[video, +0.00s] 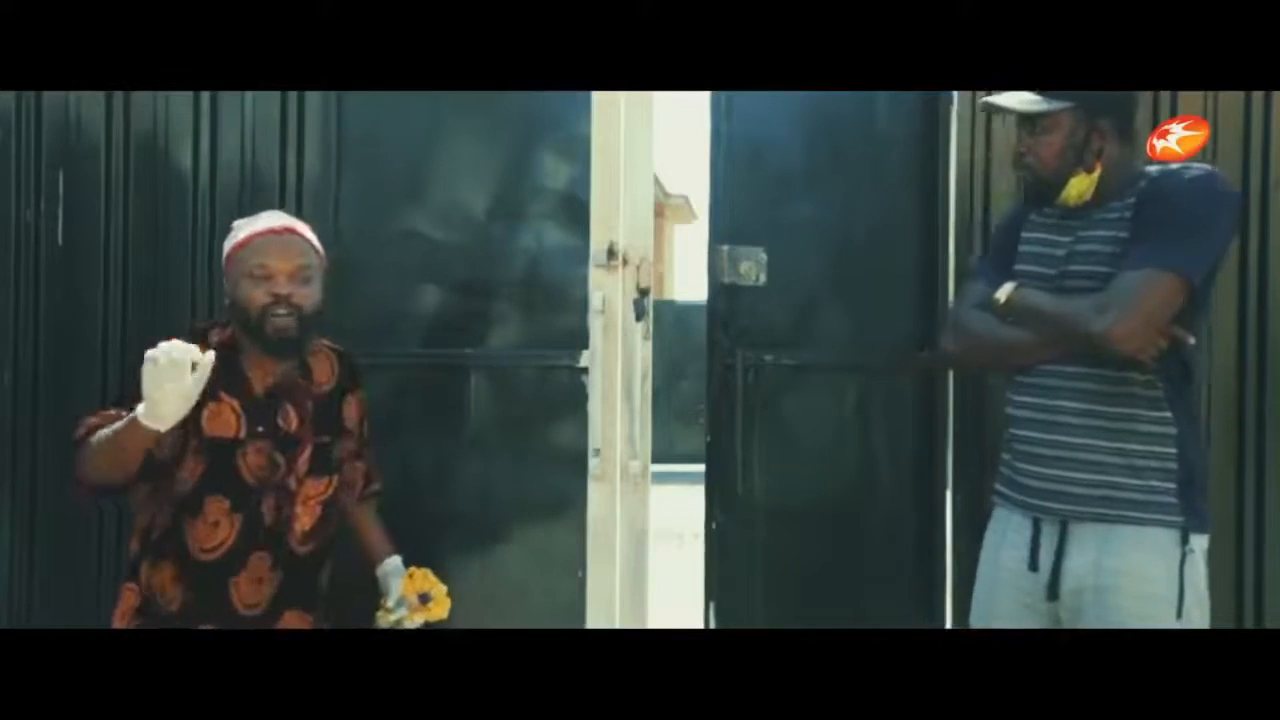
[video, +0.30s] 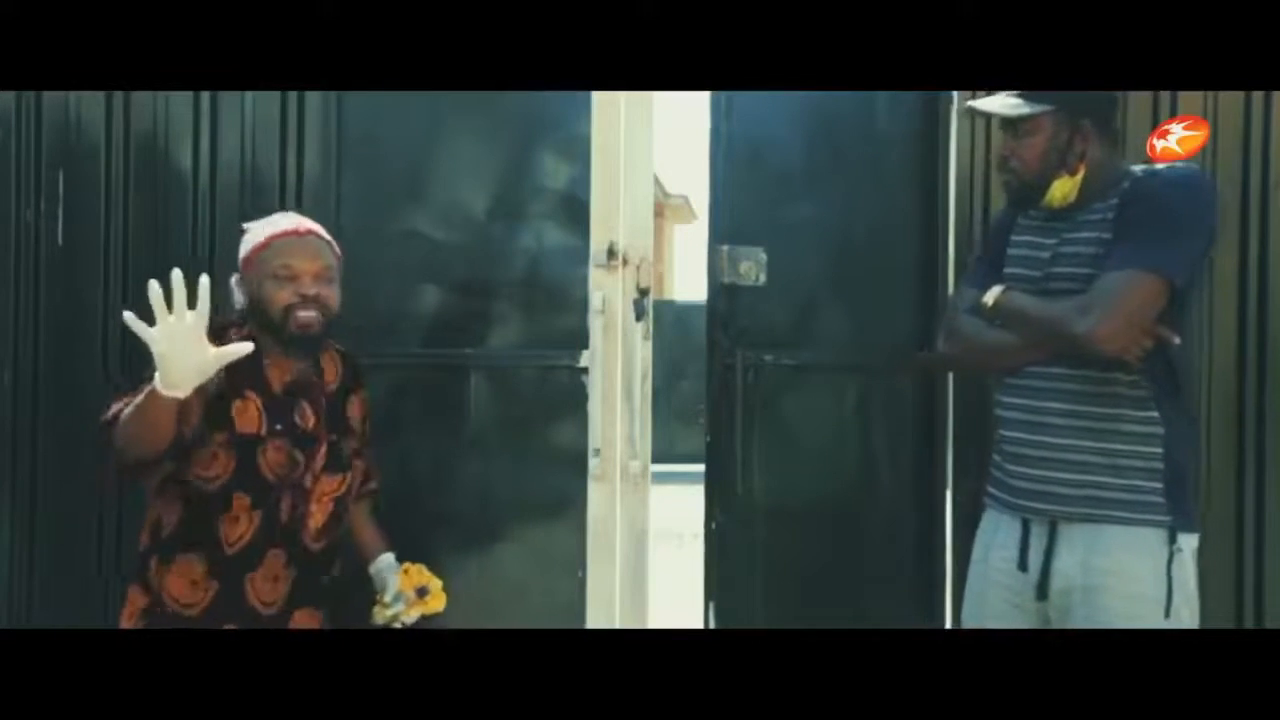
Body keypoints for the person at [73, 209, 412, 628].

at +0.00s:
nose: (282, 294)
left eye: (301, 278)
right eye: (260, 278)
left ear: (321, 290)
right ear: (229, 288)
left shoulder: (334, 375)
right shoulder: (184, 368)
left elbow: (354, 489)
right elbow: (94, 470)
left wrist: (392, 572)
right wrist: (152, 418)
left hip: (288, 614)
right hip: (175, 612)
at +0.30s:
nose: (308, 292)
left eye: (324, 278)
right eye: (285, 277)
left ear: (340, 292)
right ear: (246, 289)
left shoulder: (341, 376)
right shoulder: (203, 360)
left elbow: (354, 496)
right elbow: (132, 449)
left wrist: (387, 571)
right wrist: (168, 389)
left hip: (297, 611)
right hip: (191, 607)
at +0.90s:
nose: (354, 299)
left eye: (367, 283)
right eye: (330, 283)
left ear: (382, 290)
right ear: (288, 294)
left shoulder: (352, 368)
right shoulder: (254, 356)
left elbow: (334, 491)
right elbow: (286, 412)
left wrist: (354, 567)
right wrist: (391, 352)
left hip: (298, 604)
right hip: (214, 607)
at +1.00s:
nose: (351, 299)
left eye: (364, 283)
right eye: (327, 283)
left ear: (380, 292)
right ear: (286, 294)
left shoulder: (356, 370)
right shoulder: (254, 357)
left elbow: (342, 497)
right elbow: (278, 419)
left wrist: (367, 575)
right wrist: (389, 352)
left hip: (306, 600)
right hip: (220, 605)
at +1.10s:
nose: (348, 300)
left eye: (364, 283)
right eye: (325, 285)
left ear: (380, 290)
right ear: (286, 293)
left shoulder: (361, 375)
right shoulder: (252, 355)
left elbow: (349, 497)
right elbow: (261, 425)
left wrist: (378, 575)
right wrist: (357, 355)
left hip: (311, 586)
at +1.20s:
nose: (344, 300)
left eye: (361, 285)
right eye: (322, 284)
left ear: (377, 294)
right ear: (283, 294)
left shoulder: (363, 376)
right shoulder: (250, 354)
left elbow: (351, 498)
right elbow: (245, 430)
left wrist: (385, 580)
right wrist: (348, 369)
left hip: (312, 590)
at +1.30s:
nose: (345, 297)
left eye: (359, 282)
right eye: (323, 282)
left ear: (373, 289)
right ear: (282, 292)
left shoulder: (361, 372)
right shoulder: (248, 354)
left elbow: (351, 499)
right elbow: (241, 434)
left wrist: (388, 581)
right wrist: (340, 367)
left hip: (321, 594)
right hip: (233, 593)